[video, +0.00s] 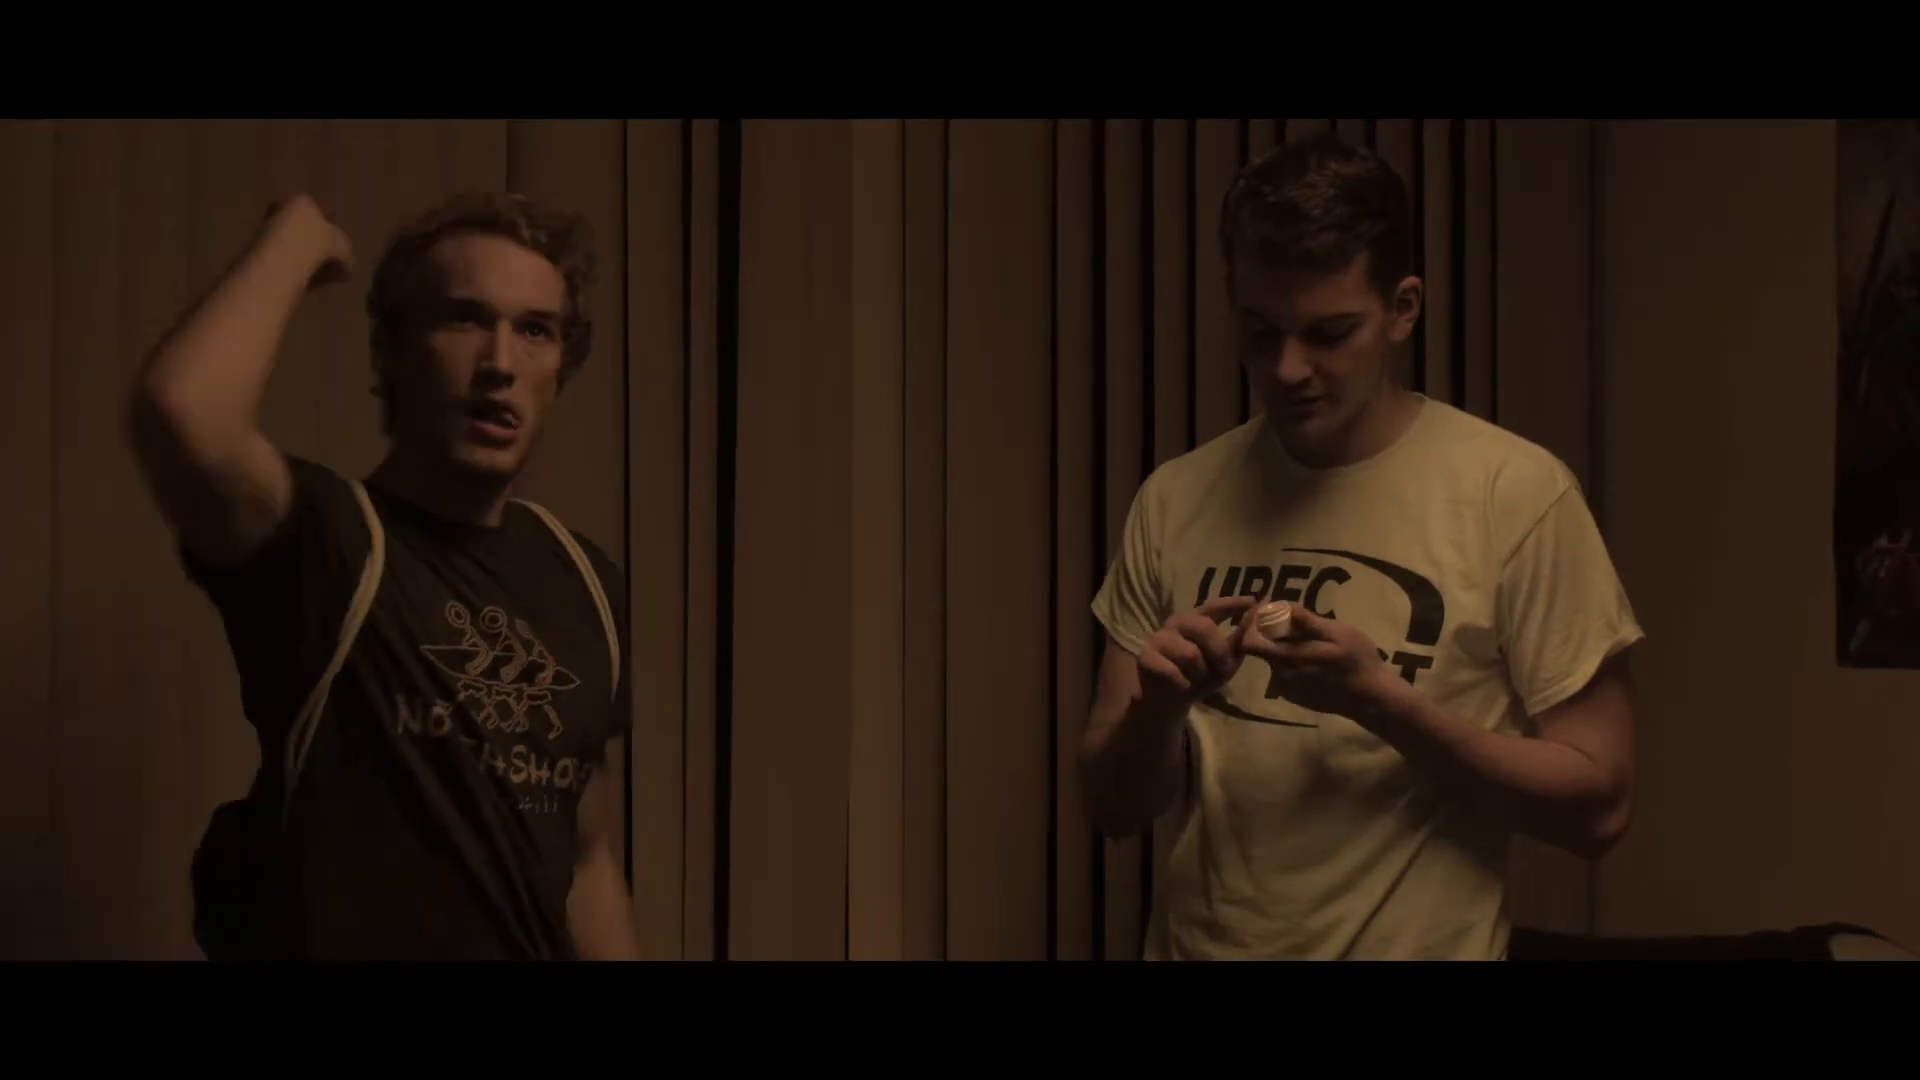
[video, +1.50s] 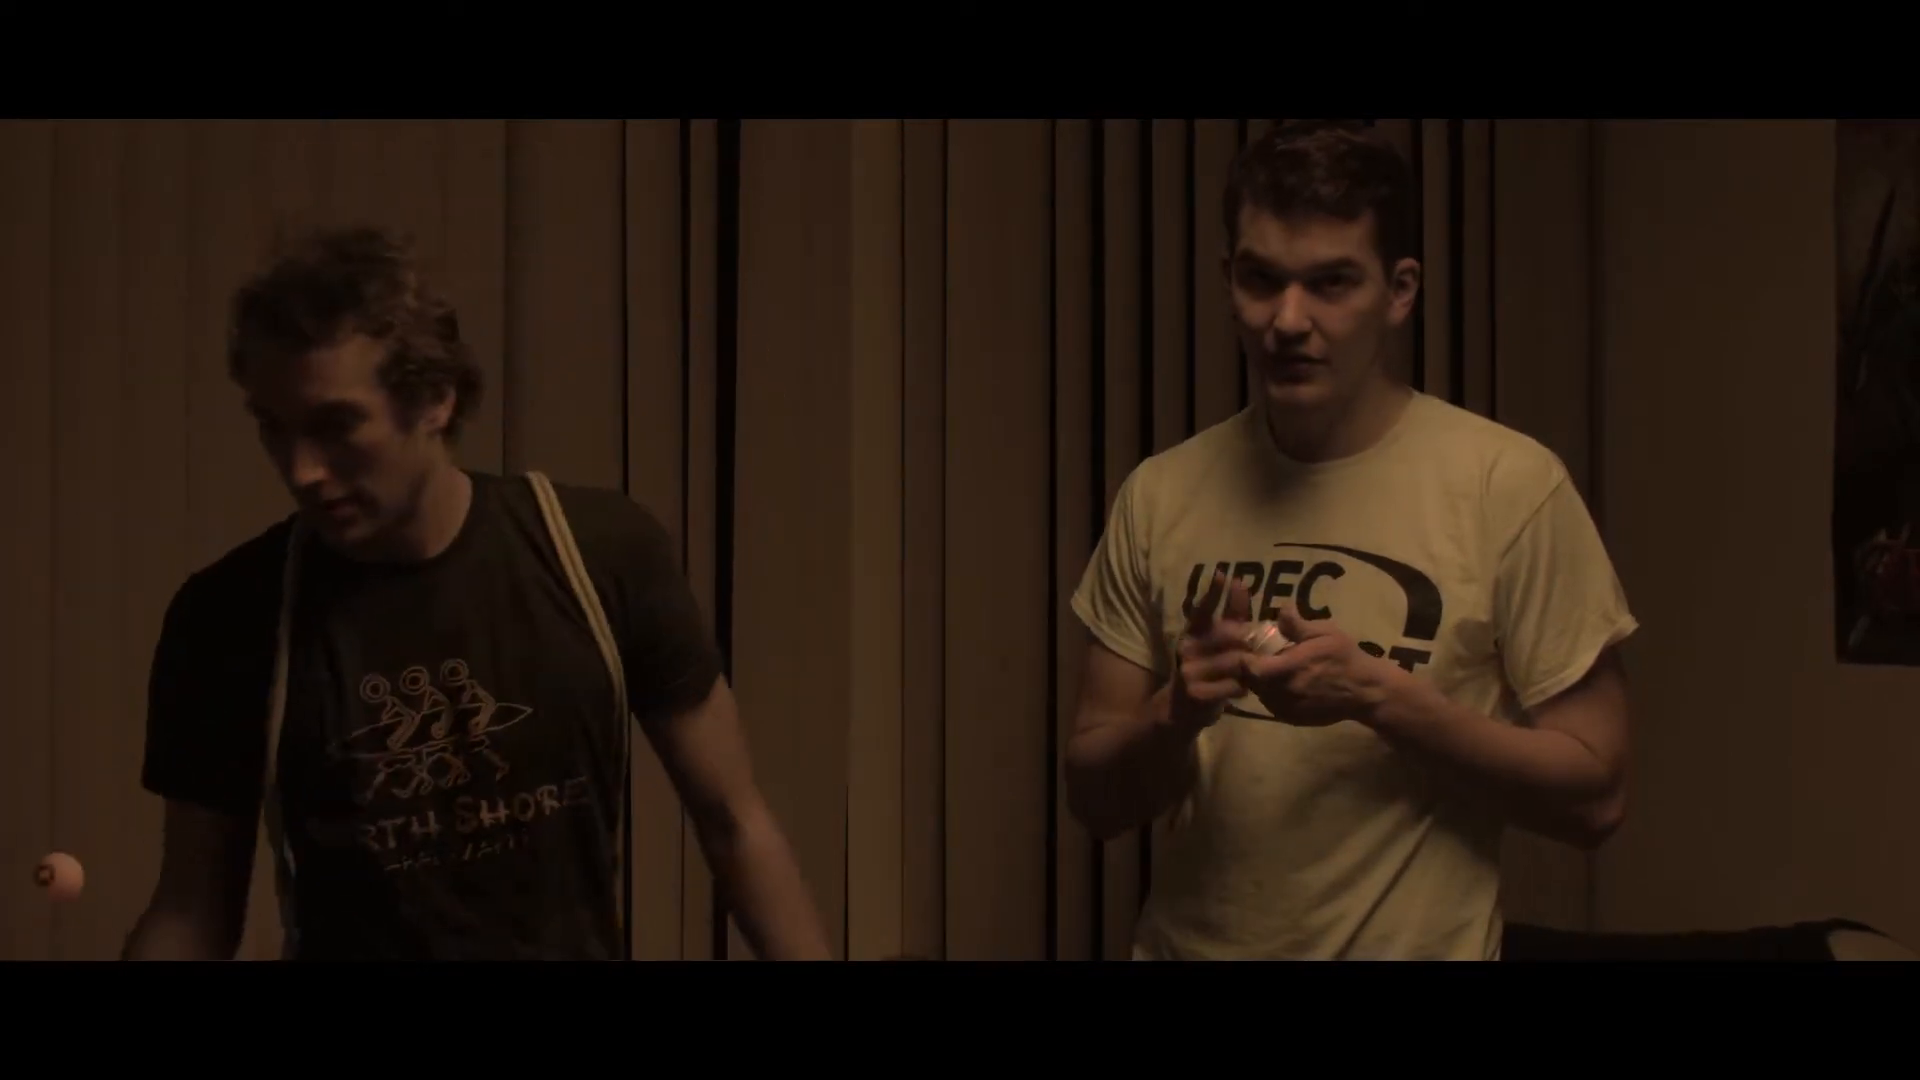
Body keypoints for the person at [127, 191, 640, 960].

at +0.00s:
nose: (502, 363)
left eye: (535, 330)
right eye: (465, 320)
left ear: (561, 367)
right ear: (389, 352)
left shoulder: (585, 580)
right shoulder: (310, 543)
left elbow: (583, 852)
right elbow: (185, 408)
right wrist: (296, 234)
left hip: (522, 943)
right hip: (330, 935)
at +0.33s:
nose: (501, 288)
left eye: (527, 263)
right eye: (456, 254)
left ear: (560, 305)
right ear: (374, 310)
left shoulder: (536, 548)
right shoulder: (314, 482)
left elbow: (510, 823)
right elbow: (366, 646)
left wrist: (556, 941)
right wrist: (526, 426)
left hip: (491, 938)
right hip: (334, 931)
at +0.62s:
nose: (488, 284)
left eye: (518, 265)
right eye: (445, 253)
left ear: (545, 314)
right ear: (363, 300)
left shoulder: (526, 552)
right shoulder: (305, 474)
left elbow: (499, 848)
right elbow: (352, 621)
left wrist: (557, 944)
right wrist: (559, 415)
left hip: (473, 938)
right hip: (305, 926)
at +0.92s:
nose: (485, 332)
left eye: (518, 298)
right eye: (444, 292)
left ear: (549, 329)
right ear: (371, 323)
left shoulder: (529, 539)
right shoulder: (306, 517)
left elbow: (522, 829)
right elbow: (212, 831)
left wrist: (568, 943)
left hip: (497, 946)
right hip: (332, 945)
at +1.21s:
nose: (408, 449)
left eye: (441, 400)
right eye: (372, 407)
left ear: (509, 383)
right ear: (337, 398)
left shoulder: (606, 553)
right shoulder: (247, 589)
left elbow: (635, 813)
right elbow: (172, 881)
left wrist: (673, 949)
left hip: (553, 945)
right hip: (326, 949)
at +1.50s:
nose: (302, 472)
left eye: (335, 428)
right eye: (278, 434)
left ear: (433, 401)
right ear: (258, 425)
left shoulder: (606, 553)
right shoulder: (230, 618)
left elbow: (734, 821)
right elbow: (195, 901)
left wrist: (815, 960)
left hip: (576, 948)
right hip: (349, 953)